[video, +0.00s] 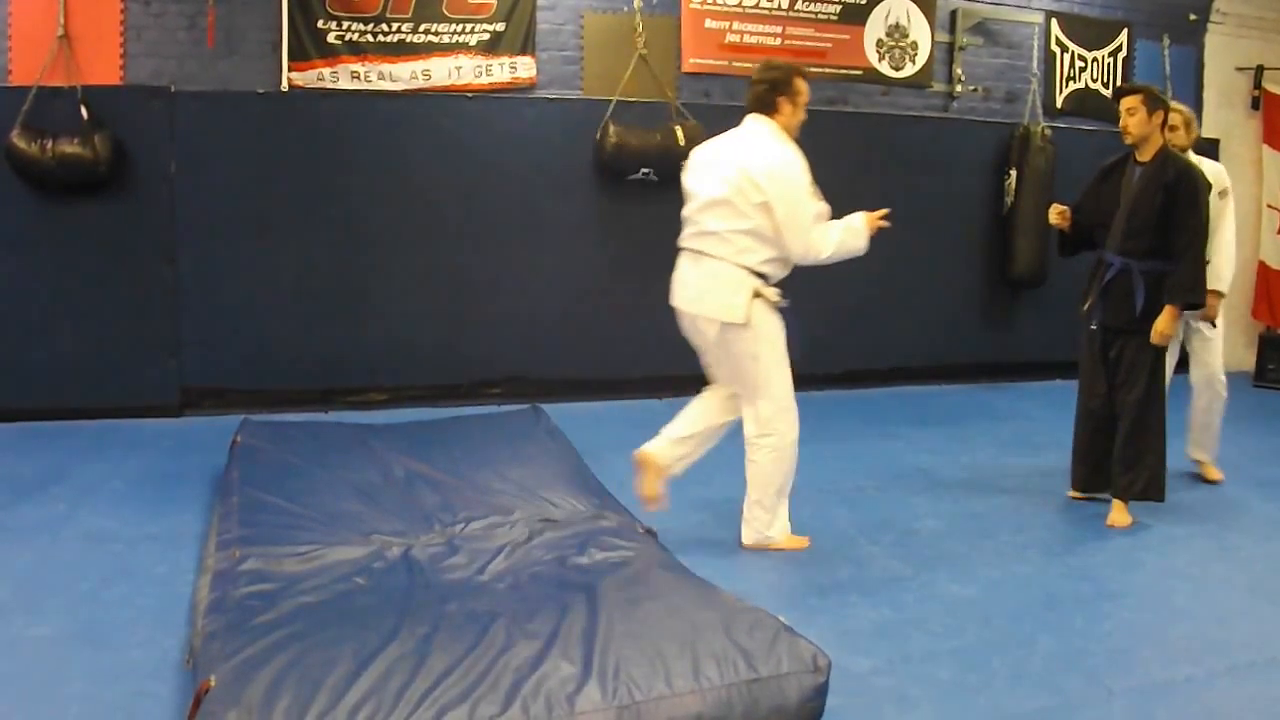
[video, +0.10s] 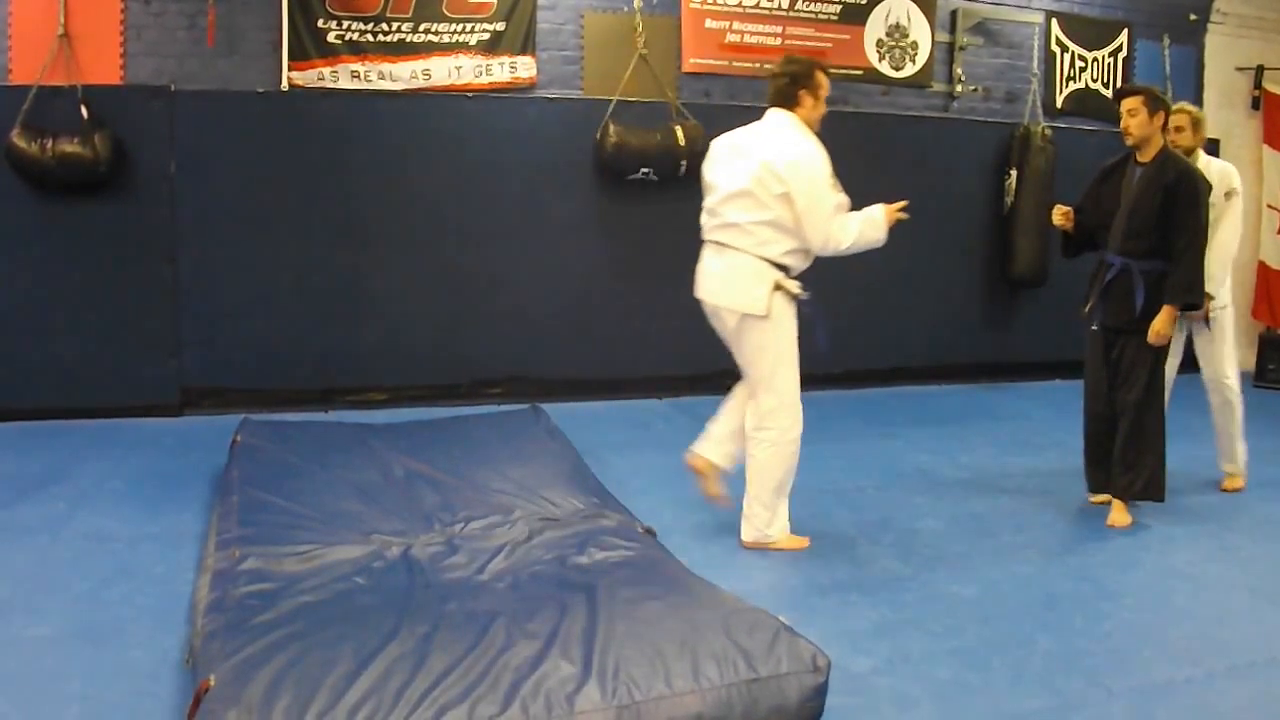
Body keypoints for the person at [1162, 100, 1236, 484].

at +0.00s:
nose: (1171, 135)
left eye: (1177, 129)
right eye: (1166, 128)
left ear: (1191, 132)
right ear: (1157, 132)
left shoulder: (1213, 174)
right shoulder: (1145, 174)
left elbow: (1222, 236)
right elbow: (1133, 233)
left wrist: (1215, 289)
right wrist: (1138, 286)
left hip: (1202, 293)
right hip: (1158, 290)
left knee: (1211, 378)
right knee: (1151, 377)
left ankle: (1203, 454)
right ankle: (1136, 458)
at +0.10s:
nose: (1174, 137)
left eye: (1181, 130)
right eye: (1169, 130)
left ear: (1198, 133)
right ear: (1163, 133)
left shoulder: (1223, 174)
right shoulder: (1155, 173)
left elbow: (1225, 239)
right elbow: (1146, 235)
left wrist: (1208, 291)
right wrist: (1160, 288)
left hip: (1212, 296)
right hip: (1166, 293)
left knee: (1222, 382)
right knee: (1153, 382)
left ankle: (1234, 468)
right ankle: (1136, 466)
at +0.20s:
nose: (1178, 139)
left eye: (1186, 132)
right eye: (1174, 132)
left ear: (1207, 135)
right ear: (1169, 136)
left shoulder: (1232, 177)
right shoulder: (1165, 176)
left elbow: (1228, 244)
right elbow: (1154, 238)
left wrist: (1201, 294)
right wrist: (1168, 287)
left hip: (1219, 300)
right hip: (1172, 296)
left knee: (1230, 384)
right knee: (1156, 384)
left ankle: (1244, 470)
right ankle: (1135, 469)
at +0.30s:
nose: (1189, 142)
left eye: (1196, 135)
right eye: (1185, 136)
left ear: (1218, 137)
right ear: (1184, 140)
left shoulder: (1244, 180)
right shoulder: (1185, 180)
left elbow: (1236, 248)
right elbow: (1175, 240)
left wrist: (1201, 295)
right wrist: (1175, 287)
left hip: (1232, 303)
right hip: (1187, 300)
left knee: (1239, 388)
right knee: (1165, 383)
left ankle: (1242, 474)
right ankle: (1137, 468)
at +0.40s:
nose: (1200, 144)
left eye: (1208, 137)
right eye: (1198, 137)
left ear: (1230, 140)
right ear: (1201, 140)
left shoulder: (1258, 185)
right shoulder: (1198, 181)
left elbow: (1245, 251)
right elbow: (1186, 238)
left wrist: (1212, 301)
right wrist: (1185, 290)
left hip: (1245, 301)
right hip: (1199, 295)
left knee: (1248, 389)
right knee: (1176, 381)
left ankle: (1244, 473)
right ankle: (1146, 466)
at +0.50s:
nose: (1211, 144)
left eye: (1219, 138)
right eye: (1210, 137)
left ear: (1242, 142)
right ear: (1212, 140)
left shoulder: (1266, 184)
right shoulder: (1205, 177)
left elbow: (1258, 250)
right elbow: (1192, 235)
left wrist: (1230, 304)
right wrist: (1186, 290)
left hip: (1252, 293)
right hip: (1207, 288)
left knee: (1254, 387)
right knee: (1184, 370)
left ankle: (1247, 472)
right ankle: (1162, 453)